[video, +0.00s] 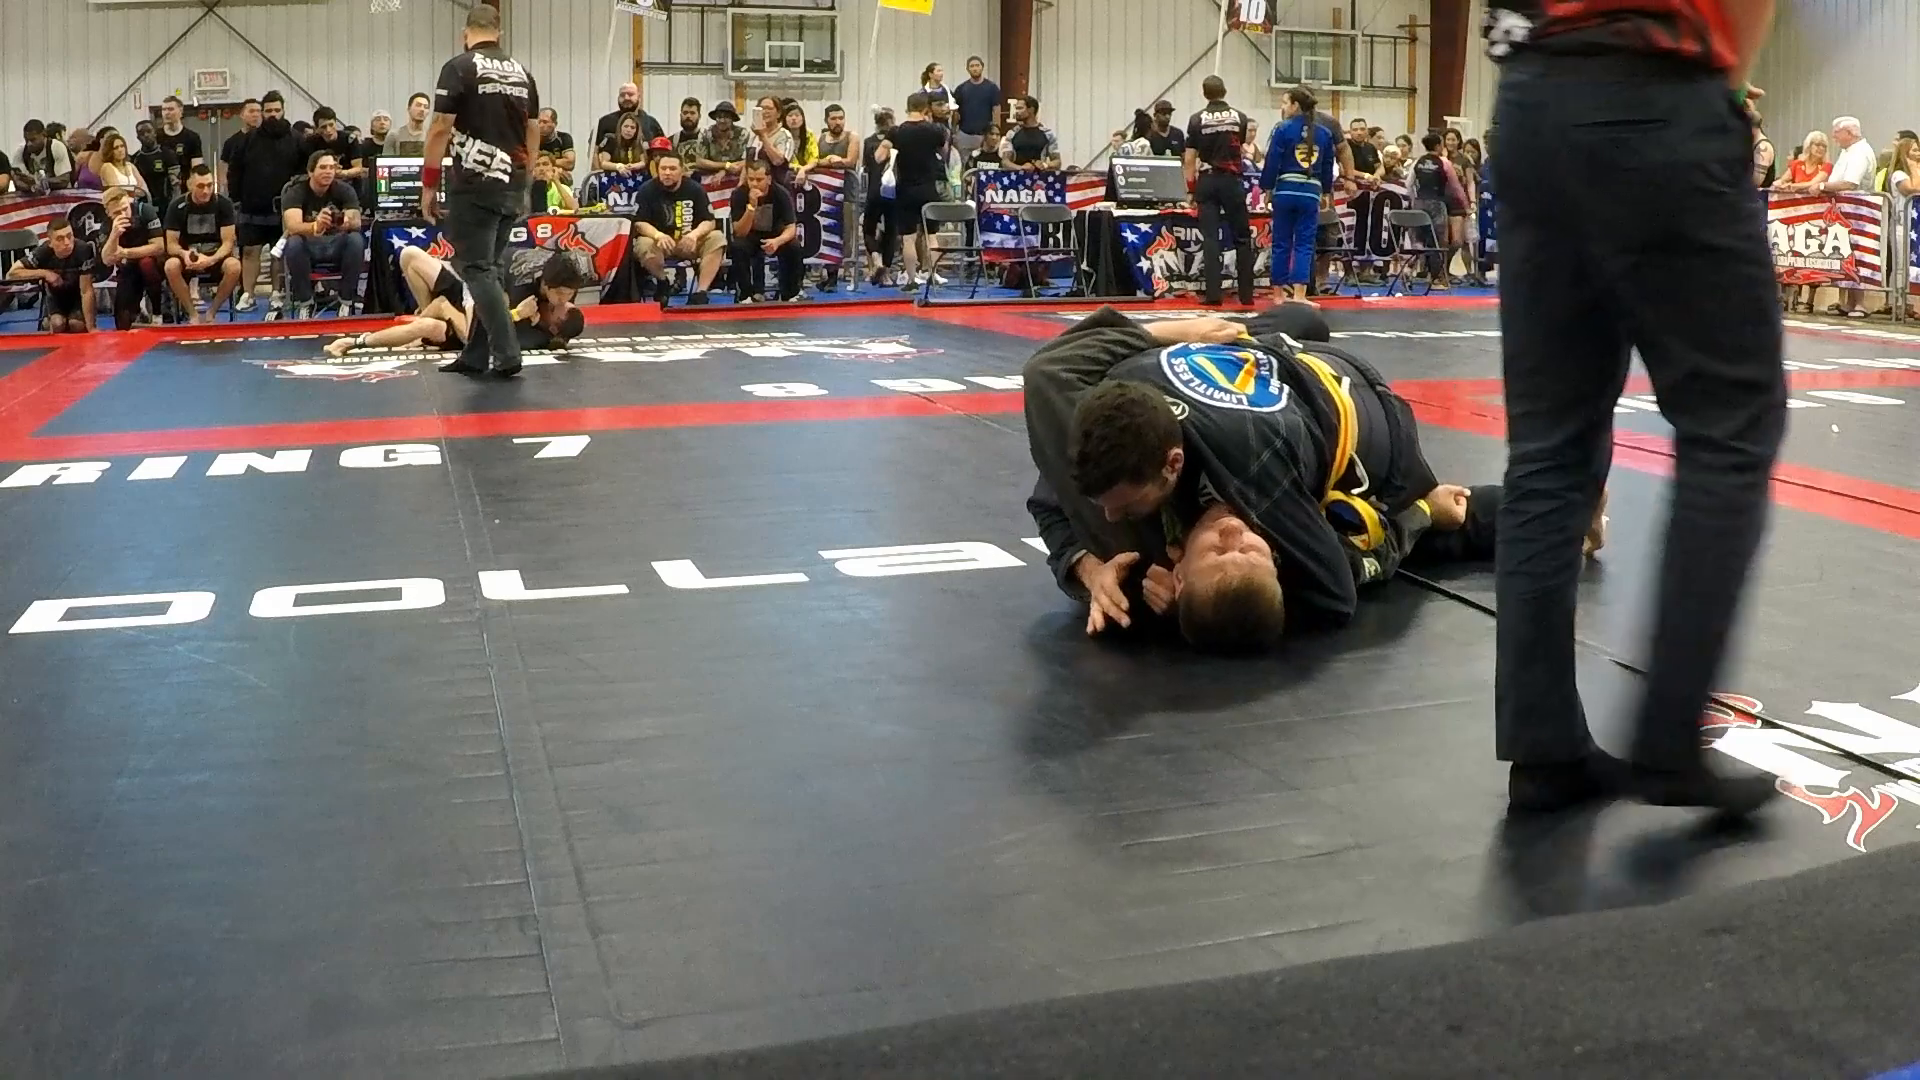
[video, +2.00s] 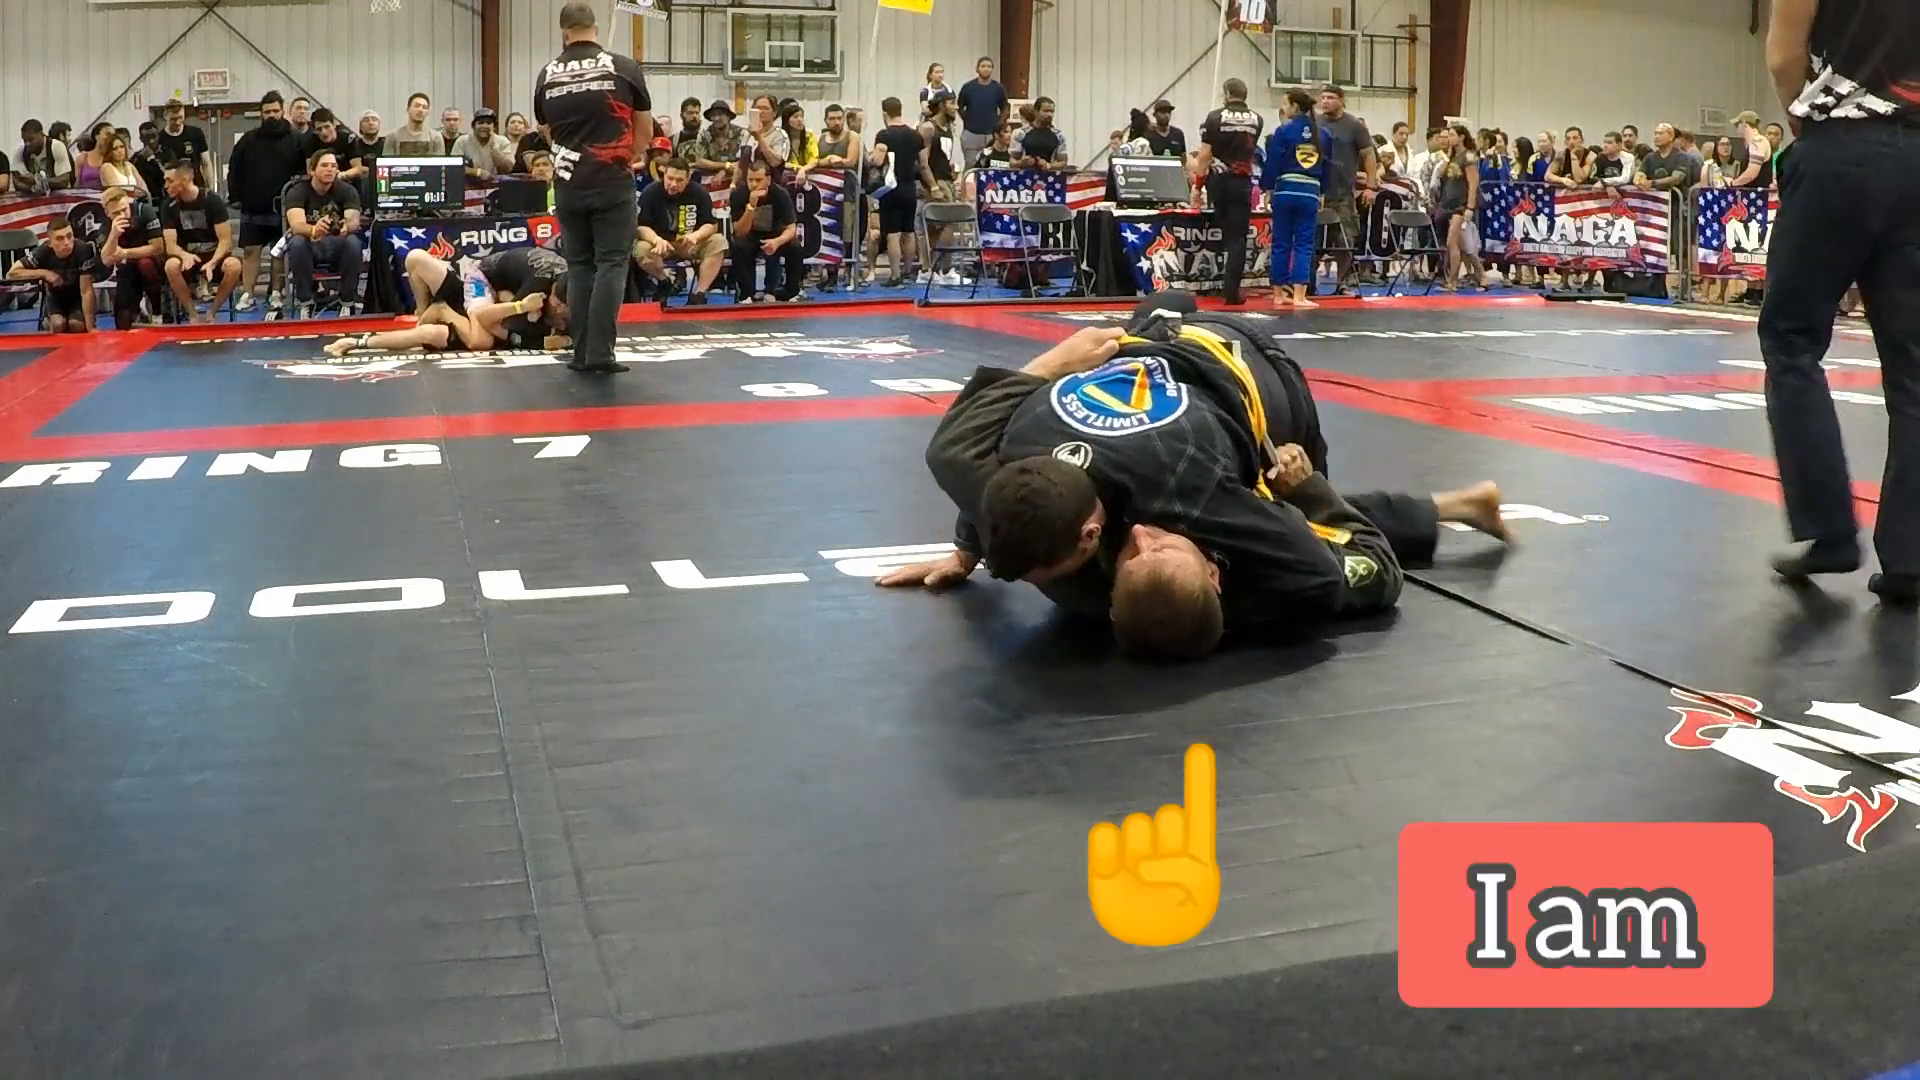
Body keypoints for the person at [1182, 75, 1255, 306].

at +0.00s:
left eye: (1205, 91)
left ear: (1204, 94)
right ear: (1224, 93)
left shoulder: (1196, 120)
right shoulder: (1241, 118)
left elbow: (1189, 159)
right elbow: (1243, 144)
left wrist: (1191, 189)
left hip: (1207, 179)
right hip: (1233, 180)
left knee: (1210, 238)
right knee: (1242, 238)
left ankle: (1213, 295)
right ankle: (1246, 295)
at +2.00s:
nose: (1226, 96)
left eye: (1225, 93)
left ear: (1226, 95)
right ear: (1245, 96)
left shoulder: (1214, 117)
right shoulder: (1256, 119)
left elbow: (1204, 155)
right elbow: (1250, 149)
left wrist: (1197, 185)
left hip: (1218, 178)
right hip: (1242, 180)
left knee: (1230, 233)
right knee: (1238, 237)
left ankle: (1233, 285)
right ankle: (1232, 292)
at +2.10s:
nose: (1223, 98)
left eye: (1224, 95)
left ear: (1226, 96)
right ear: (1245, 96)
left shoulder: (1214, 119)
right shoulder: (1256, 120)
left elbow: (1205, 157)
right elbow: (1251, 148)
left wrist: (1197, 186)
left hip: (1218, 179)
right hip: (1242, 181)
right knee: (1237, 238)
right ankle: (1231, 292)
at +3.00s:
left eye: (1236, 93)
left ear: (1232, 96)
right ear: (1251, 97)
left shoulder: (1221, 119)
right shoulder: (1261, 121)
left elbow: (1210, 155)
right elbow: (1259, 151)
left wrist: (1199, 170)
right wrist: (1246, 165)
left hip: (1220, 178)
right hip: (1244, 182)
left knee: (1210, 198)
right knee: (1238, 239)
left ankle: (1227, 222)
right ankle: (1231, 292)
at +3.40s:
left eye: (1232, 95)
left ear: (1231, 97)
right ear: (1250, 97)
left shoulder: (1220, 120)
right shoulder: (1262, 120)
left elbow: (1204, 148)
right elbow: (1259, 145)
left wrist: (1204, 135)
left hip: (1224, 180)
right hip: (1247, 183)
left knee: (1208, 197)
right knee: (1241, 239)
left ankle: (1230, 223)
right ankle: (1232, 293)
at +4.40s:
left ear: (1235, 97)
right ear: (1255, 98)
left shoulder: (1223, 117)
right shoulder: (1261, 120)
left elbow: (1211, 146)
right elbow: (1263, 148)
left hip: (1223, 176)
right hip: (1245, 179)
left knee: (1211, 198)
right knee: (1241, 237)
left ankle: (1230, 219)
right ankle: (1231, 292)